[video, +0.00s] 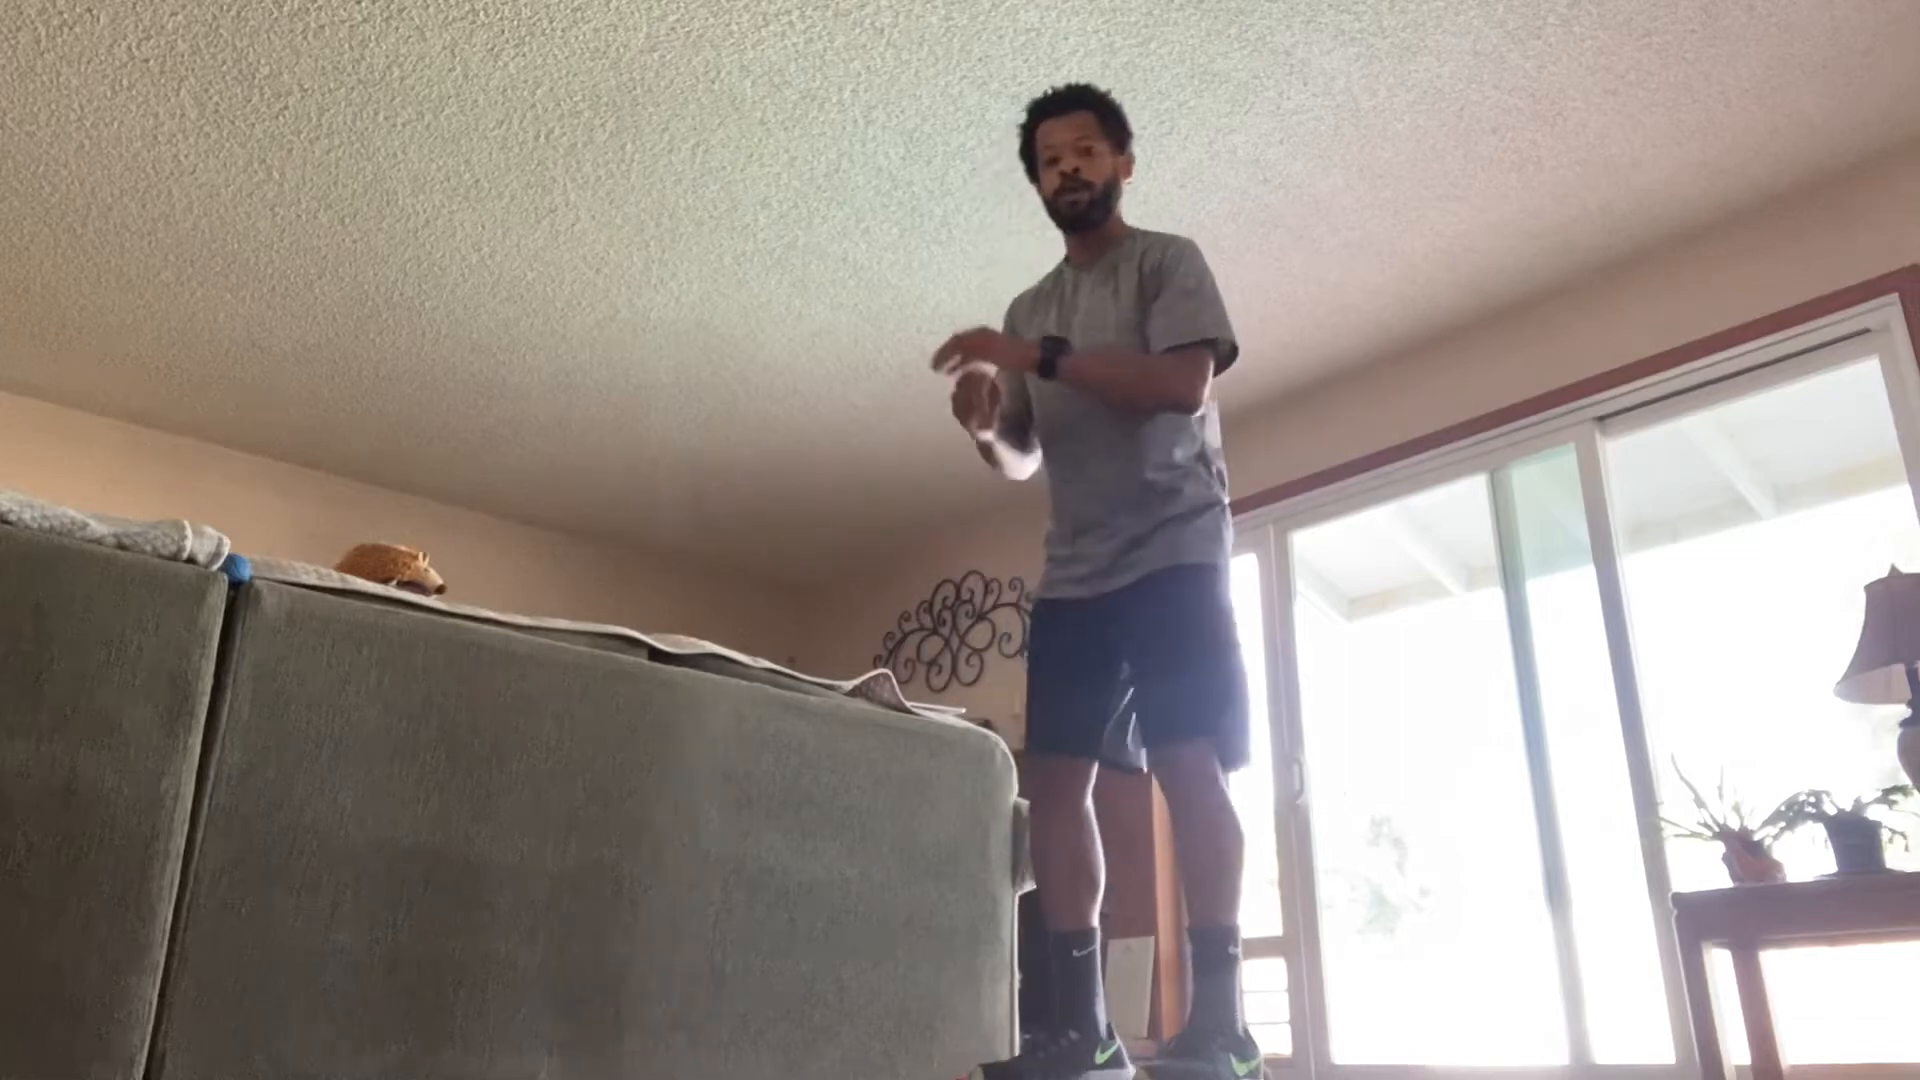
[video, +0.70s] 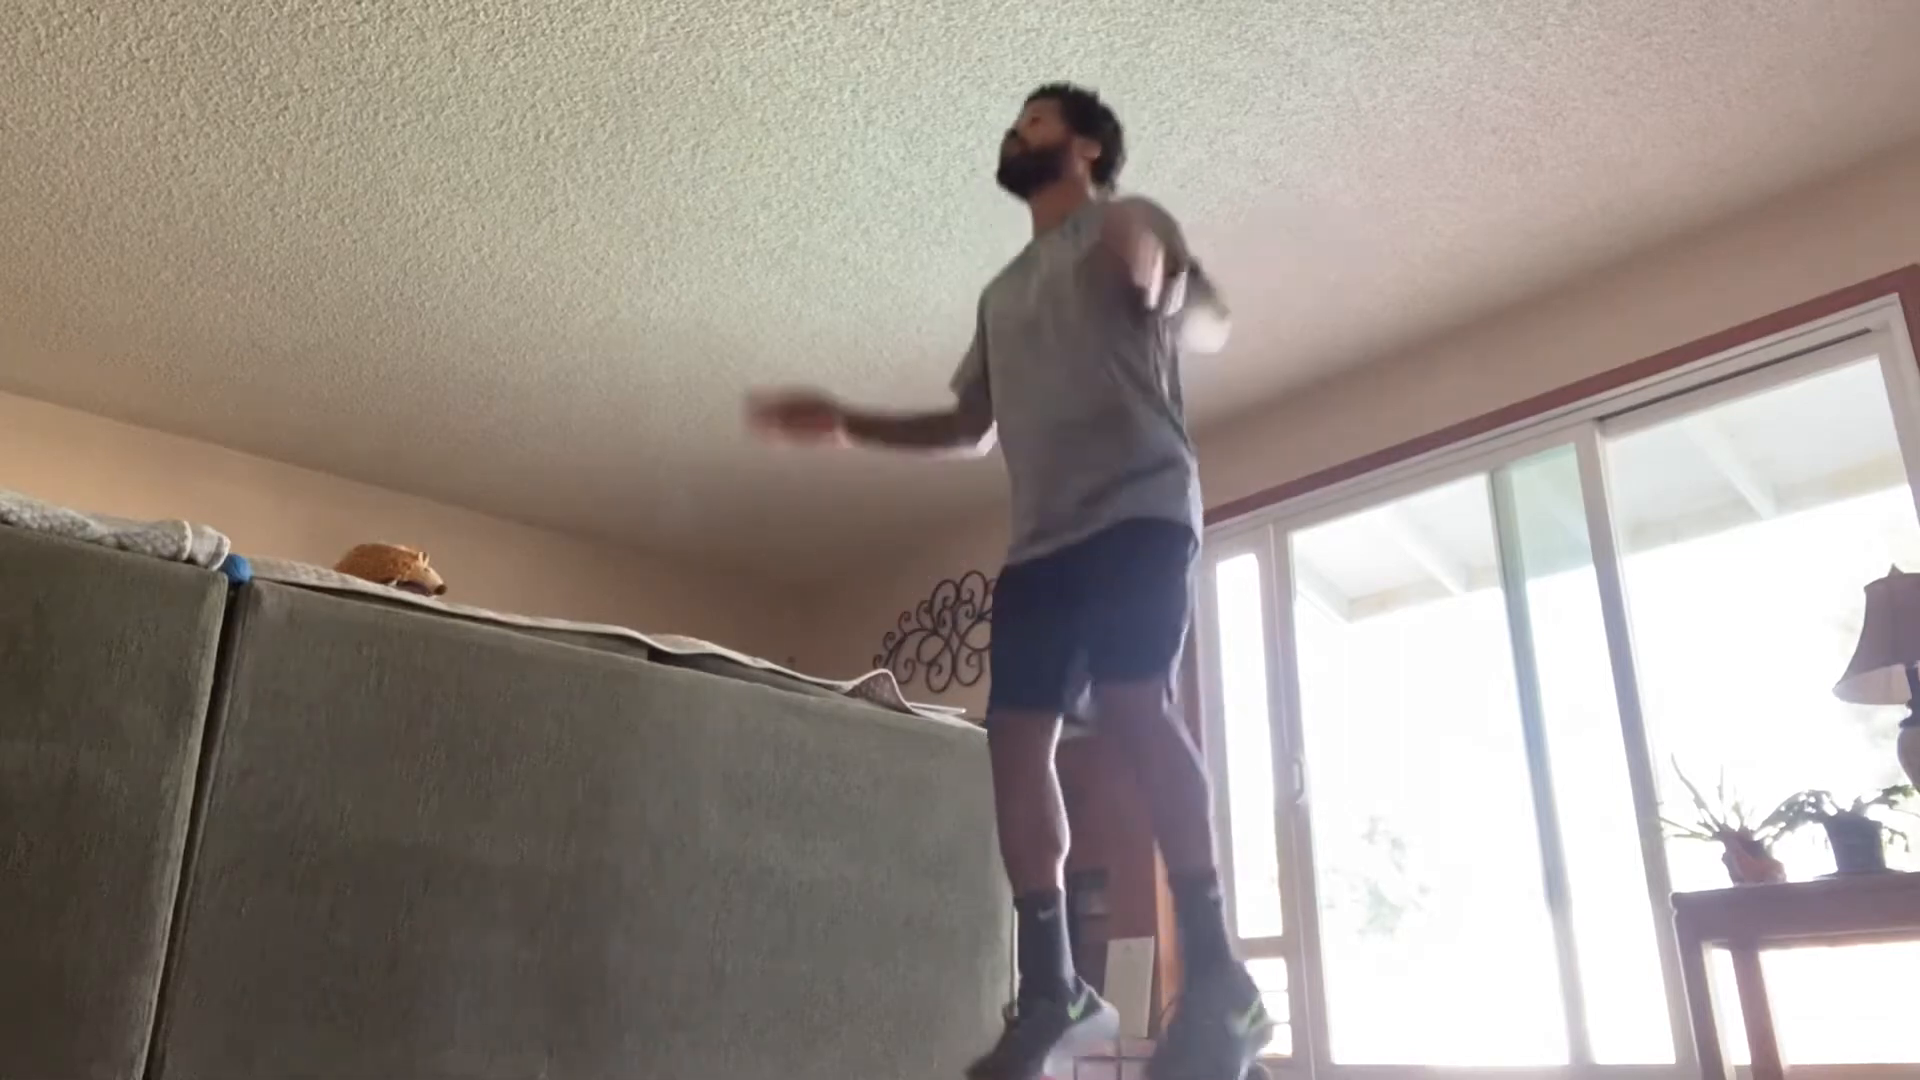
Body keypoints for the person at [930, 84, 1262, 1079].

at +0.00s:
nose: (1068, 169)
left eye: (1084, 151)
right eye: (1049, 162)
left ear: (1125, 161)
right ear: (1034, 189)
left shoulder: (1169, 260)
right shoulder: (1030, 314)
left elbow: (1182, 382)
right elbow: (1023, 455)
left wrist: (1037, 356)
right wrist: (986, 424)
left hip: (1173, 555)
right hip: (1073, 571)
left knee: (1186, 766)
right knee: (1054, 779)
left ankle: (1216, 1023)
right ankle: (1067, 1024)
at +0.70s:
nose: (1014, 127)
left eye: (1036, 115)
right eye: (1014, 119)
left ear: (1088, 146)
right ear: (1026, 162)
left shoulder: (1125, 221)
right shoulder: (1002, 292)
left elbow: (1181, 297)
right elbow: (969, 425)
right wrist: (846, 421)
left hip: (1137, 504)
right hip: (1041, 535)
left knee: (1131, 709)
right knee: (1017, 736)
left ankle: (1217, 983)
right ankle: (1050, 990)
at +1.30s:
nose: (1017, 130)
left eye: (1041, 119)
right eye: (1015, 123)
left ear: (1092, 149)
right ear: (1013, 164)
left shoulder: (1132, 220)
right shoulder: (1008, 288)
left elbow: (1236, 328)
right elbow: (1029, 430)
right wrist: (940, 476)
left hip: (1133, 487)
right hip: (1043, 503)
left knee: (1115, 709)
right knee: (1042, 738)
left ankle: (1215, 959)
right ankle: (1127, 964)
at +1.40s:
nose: (1012, 186)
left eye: (1036, 173)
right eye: (1012, 177)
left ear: (1086, 203)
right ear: (1015, 217)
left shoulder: (1133, 287)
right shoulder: (1005, 346)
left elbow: (1204, 428)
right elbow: (1023, 474)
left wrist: (1119, 514)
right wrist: (1016, 544)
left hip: (1144, 558)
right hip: (1045, 578)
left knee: (1104, 767)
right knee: (1047, 788)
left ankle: (1205, 1014)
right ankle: (1156, 1021)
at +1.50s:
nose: (1013, 151)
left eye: (1037, 139)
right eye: (1017, 144)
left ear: (1089, 173)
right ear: (1028, 184)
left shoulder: (1129, 254)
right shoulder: (1004, 314)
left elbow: (1211, 376)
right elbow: (1021, 450)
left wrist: (1171, 480)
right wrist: (965, 523)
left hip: (1134, 539)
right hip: (1042, 561)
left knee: (1115, 744)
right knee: (1052, 774)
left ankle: (1201, 993)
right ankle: (1145, 1008)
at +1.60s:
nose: (1017, 103)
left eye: (1040, 92)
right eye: (1017, 97)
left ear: (1092, 123)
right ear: (1030, 138)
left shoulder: (1130, 195)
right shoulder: (1004, 260)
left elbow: (1228, 281)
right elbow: (989, 395)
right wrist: (868, 413)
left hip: (1127, 467)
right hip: (1034, 486)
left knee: (1126, 690)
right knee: (1043, 726)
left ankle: (1216, 945)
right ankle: (1100, 947)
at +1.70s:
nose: (1016, 107)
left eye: (1040, 96)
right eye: (1017, 100)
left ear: (1091, 122)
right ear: (1031, 140)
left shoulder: (1124, 189)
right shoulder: (1008, 256)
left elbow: (1256, 175)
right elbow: (932, 359)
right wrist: (832, 292)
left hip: (1130, 471)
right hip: (1033, 492)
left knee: (1132, 679)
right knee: (1002, 712)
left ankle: (1267, 938)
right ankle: (1055, 958)